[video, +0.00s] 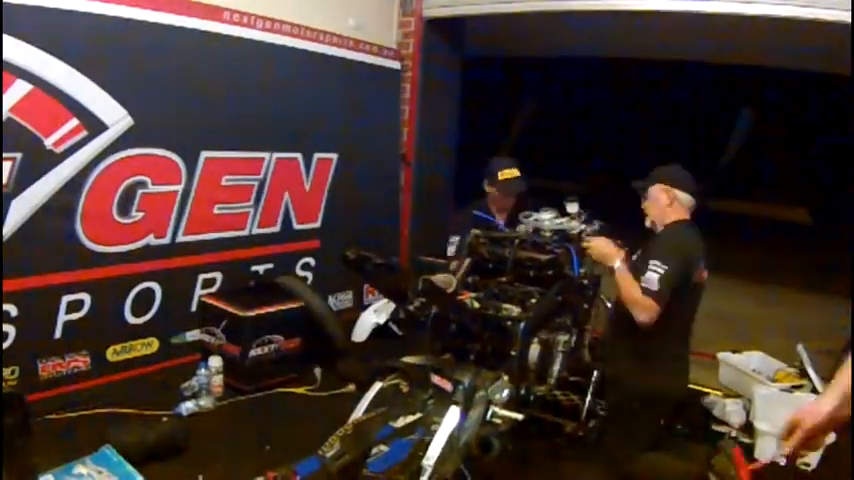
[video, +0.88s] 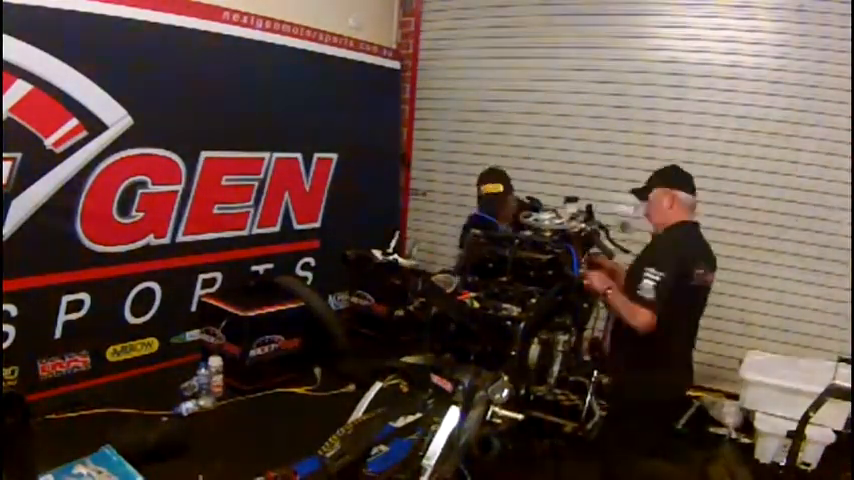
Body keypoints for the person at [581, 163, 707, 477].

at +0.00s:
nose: (644, 207)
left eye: (648, 198)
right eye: (645, 199)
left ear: (669, 199)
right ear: (672, 200)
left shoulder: (672, 243)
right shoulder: (684, 239)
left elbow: (645, 311)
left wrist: (616, 262)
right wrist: (621, 257)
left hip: (644, 386)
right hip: (653, 380)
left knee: (619, 463)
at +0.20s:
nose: (681, 207)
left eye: (687, 200)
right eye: (685, 199)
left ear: (703, 211)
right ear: (716, 214)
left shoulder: (696, 263)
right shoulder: (723, 260)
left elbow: (615, 283)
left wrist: (581, 243)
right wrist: (626, 270)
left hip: (670, 400)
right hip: (693, 396)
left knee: (657, 470)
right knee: (674, 469)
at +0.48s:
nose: (642, 200)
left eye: (649, 193)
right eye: (644, 194)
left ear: (673, 199)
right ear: (673, 201)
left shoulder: (664, 240)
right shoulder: (688, 241)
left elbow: (606, 281)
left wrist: (580, 242)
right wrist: (631, 254)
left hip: (640, 381)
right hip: (667, 379)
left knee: (617, 458)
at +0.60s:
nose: (645, 217)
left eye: (647, 209)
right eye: (645, 210)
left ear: (660, 205)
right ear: (683, 208)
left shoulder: (658, 238)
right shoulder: (706, 255)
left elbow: (623, 296)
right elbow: (714, 323)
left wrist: (596, 248)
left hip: (638, 373)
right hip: (676, 376)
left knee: (621, 457)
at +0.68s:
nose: (645, 218)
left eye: (646, 209)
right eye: (645, 210)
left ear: (658, 203)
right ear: (682, 207)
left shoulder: (657, 240)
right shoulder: (703, 253)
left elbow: (640, 312)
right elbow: (711, 328)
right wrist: (668, 332)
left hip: (639, 376)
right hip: (674, 377)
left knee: (622, 456)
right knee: (653, 456)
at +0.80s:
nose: (642, 196)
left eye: (648, 190)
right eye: (645, 190)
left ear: (667, 200)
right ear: (672, 201)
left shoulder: (665, 249)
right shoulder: (685, 244)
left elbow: (657, 338)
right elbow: (639, 278)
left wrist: (618, 402)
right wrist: (603, 241)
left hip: (641, 397)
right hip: (662, 391)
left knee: (623, 473)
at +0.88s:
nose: (644, 209)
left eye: (649, 200)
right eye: (645, 200)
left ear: (669, 201)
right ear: (679, 202)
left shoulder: (667, 247)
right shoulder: (700, 249)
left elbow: (643, 320)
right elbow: (663, 300)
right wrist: (616, 274)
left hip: (641, 384)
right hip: (670, 382)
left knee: (622, 463)